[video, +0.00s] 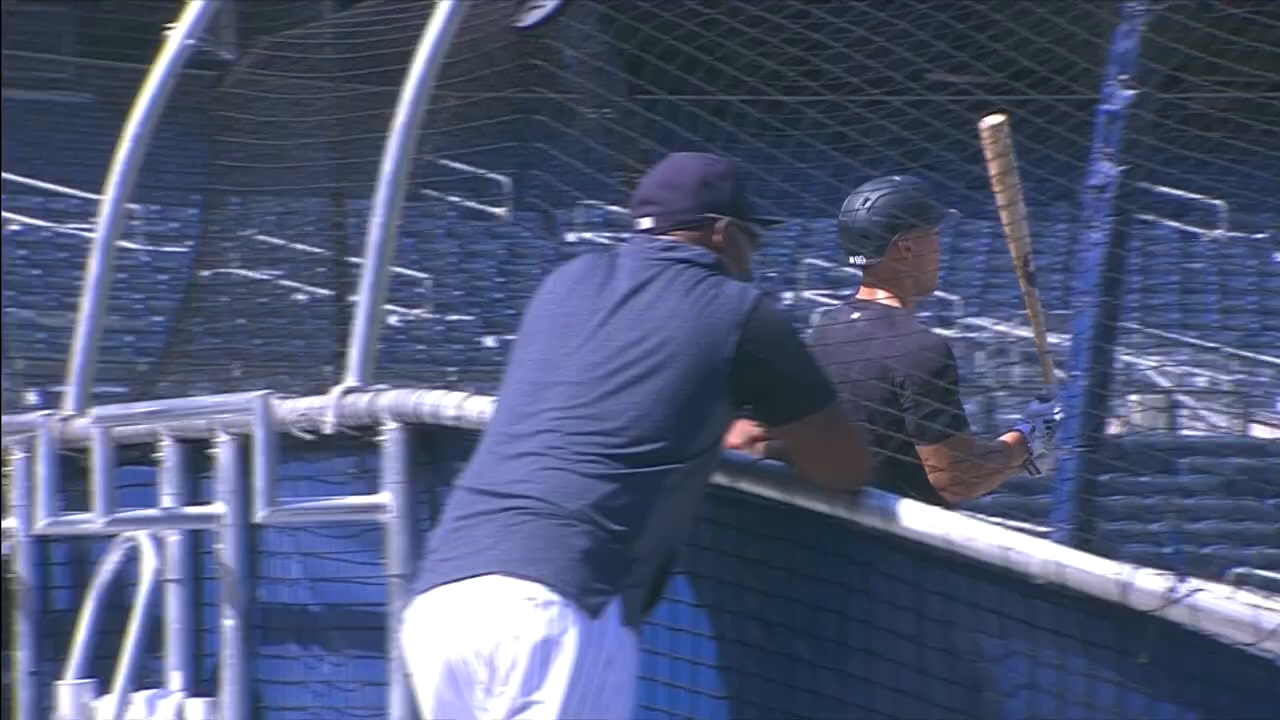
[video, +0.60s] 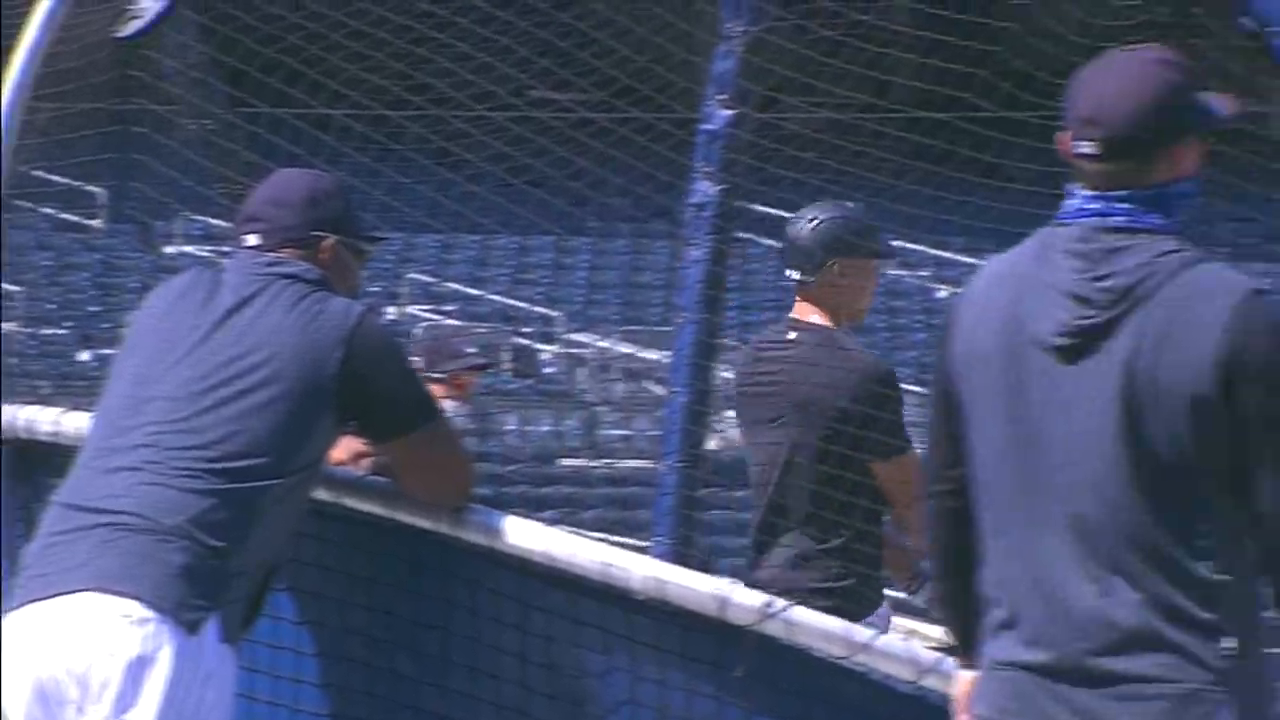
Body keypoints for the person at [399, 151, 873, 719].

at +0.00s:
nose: (754, 260)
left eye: (756, 241)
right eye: (752, 240)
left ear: (643, 226)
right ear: (720, 234)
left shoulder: (561, 281)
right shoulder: (738, 307)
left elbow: (586, 407)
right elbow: (845, 465)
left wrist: (715, 431)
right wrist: (768, 433)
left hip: (437, 600)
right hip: (550, 602)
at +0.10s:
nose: (695, 264)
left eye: (696, 245)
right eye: (692, 243)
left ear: (584, 230)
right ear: (661, 237)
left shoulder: (501, 285)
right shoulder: (677, 309)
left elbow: (524, 410)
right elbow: (783, 468)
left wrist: (654, 435)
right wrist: (707, 435)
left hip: (373, 607)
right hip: (488, 608)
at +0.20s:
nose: (636, 265)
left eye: (636, 247)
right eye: (632, 245)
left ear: (525, 231)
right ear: (601, 239)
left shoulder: (444, 287)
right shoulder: (619, 314)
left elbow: (467, 415)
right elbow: (724, 471)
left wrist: (595, 440)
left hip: (313, 608)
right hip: (427, 610)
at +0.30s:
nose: (576, 268)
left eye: (577, 250)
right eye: (573, 248)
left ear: (466, 233)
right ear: (541, 241)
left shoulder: (387, 287)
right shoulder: (561, 316)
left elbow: (412, 415)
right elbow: (665, 474)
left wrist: (536, 442)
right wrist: (596, 439)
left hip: (251, 612)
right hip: (366, 613)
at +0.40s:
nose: (508, 271)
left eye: (509, 253)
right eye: (505, 251)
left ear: (396, 234)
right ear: (474, 244)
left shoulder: (317, 291)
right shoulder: (493, 321)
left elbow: (342, 423)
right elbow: (596, 479)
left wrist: (467, 445)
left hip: (179, 616)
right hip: (296, 618)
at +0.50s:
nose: (434, 273)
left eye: (435, 256)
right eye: (431, 254)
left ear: (321, 236)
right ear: (402, 246)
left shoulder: (240, 295)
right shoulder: (419, 324)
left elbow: (267, 424)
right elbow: (521, 481)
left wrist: (391, 447)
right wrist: (453, 440)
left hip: (102, 620)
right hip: (221, 621)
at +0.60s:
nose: (361, 276)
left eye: (361, 258)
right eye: (357, 256)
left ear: (247, 240)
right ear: (326, 250)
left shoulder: (168, 295)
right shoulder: (344, 325)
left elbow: (188, 427)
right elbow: (446, 484)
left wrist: (317, 448)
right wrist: (386, 443)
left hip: (26, 619)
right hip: (147, 625)